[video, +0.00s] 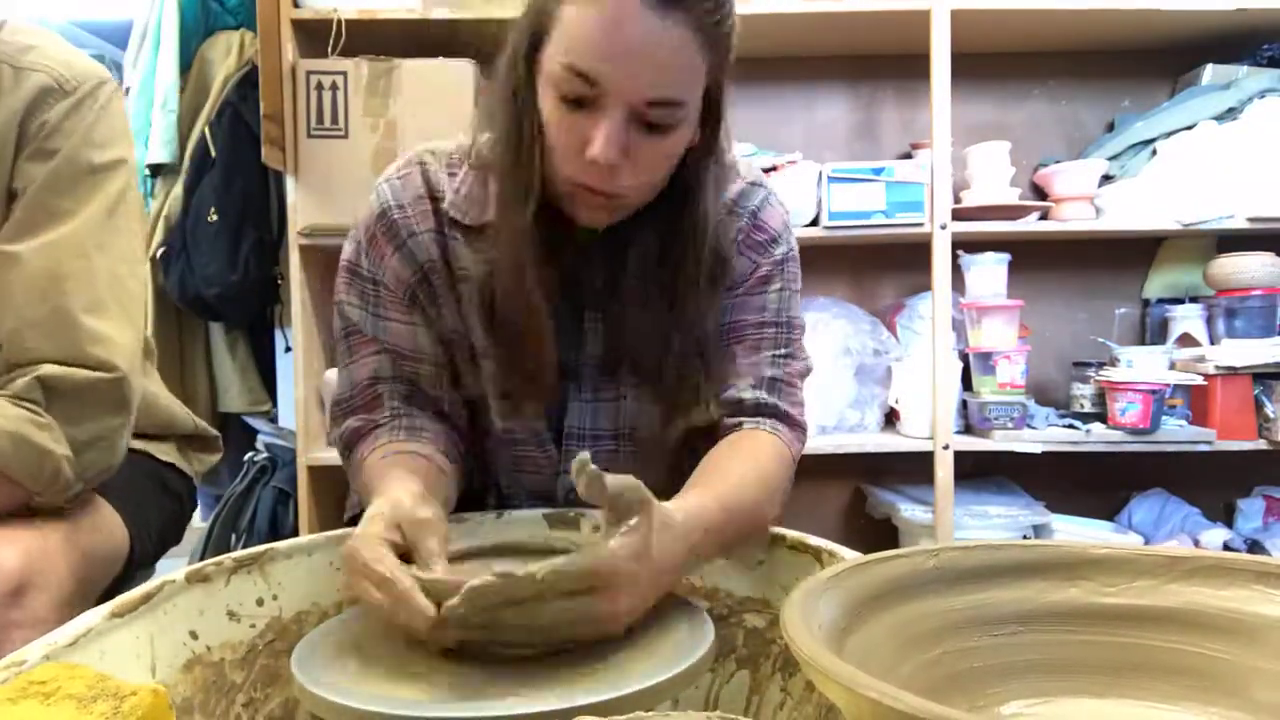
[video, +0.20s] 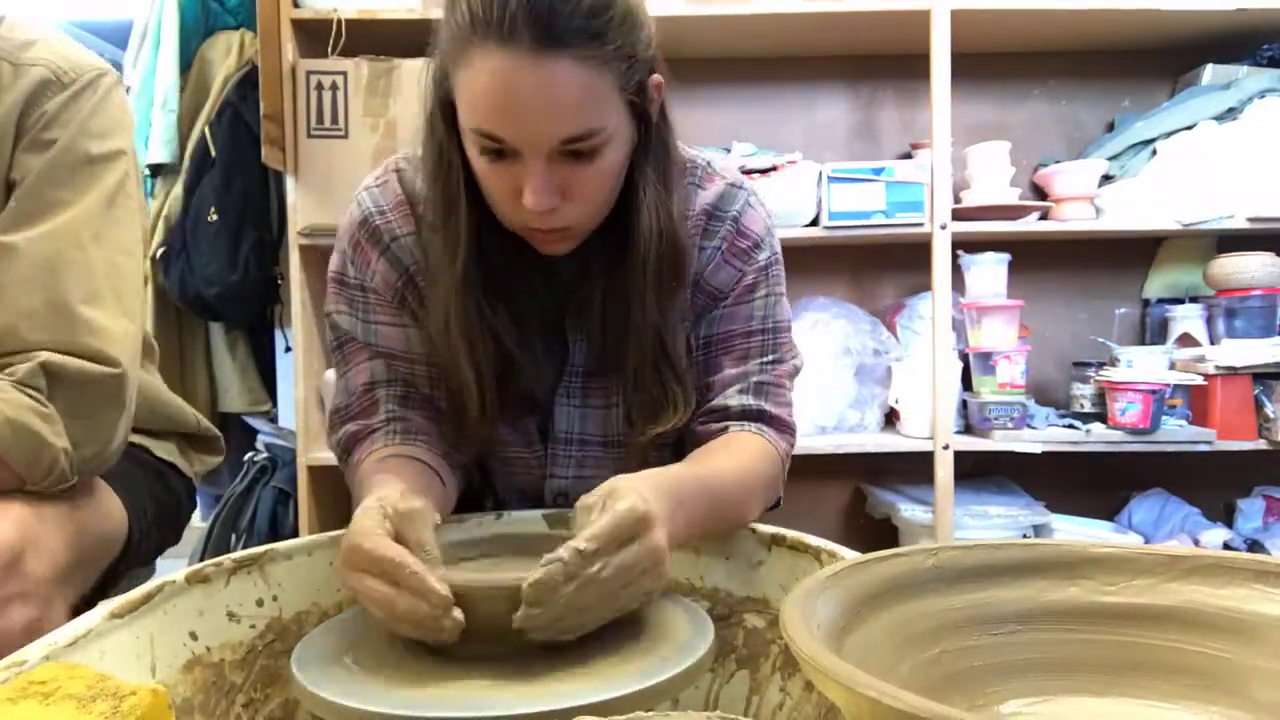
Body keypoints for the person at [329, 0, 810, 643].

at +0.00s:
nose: (604, 152)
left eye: (655, 122)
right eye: (577, 100)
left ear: (703, 121)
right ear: (528, 74)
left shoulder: (741, 224)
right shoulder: (416, 211)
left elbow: (765, 428)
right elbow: (398, 409)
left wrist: (675, 538)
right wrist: (403, 494)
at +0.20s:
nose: (537, 197)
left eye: (579, 153)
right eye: (495, 152)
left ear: (647, 107)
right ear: (454, 119)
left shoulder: (720, 222)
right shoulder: (391, 223)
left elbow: (756, 439)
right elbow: (396, 418)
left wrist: (668, 503)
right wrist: (395, 499)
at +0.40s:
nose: (531, 212)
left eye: (572, 166)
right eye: (487, 168)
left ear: (638, 117)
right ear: (445, 133)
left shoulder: (720, 222)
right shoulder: (386, 221)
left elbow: (760, 439)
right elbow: (385, 414)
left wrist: (674, 493)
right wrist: (390, 500)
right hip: (461, 580)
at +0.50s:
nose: (538, 230)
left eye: (577, 184)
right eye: (492, 186)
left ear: (643, 124)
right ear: (448, 146)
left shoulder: (723, 229)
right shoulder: (384, 232)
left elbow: (761, 446)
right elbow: (392, 420)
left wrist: (676, 494)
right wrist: (393, 490)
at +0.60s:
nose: (521, 177)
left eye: (560, 128)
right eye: (480, 134)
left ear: (631, 90)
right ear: (440, 114)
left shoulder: (721, 224)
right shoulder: (386, 226)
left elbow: (762, 443)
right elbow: (387, 420)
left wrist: (675, 493)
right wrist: (391, 502)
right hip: (464, 599)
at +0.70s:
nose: (532, 186)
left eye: (572, 140)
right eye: (489, 143)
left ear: (643, 101)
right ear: (450, 118)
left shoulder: (725, 231)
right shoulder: (389, 229)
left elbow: (765, 453)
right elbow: (388, 418)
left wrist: (666, 485)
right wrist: (404, 483)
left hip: (667, 601)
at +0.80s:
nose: (534, 211)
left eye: (573, 162)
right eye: (489, 166)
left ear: (640, 114)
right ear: (446, 132)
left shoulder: (723, 230)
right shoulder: (384, 229)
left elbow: (758, 457)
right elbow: (384, 420)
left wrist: (656, 483)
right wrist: (390, 491)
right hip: (458, 600)